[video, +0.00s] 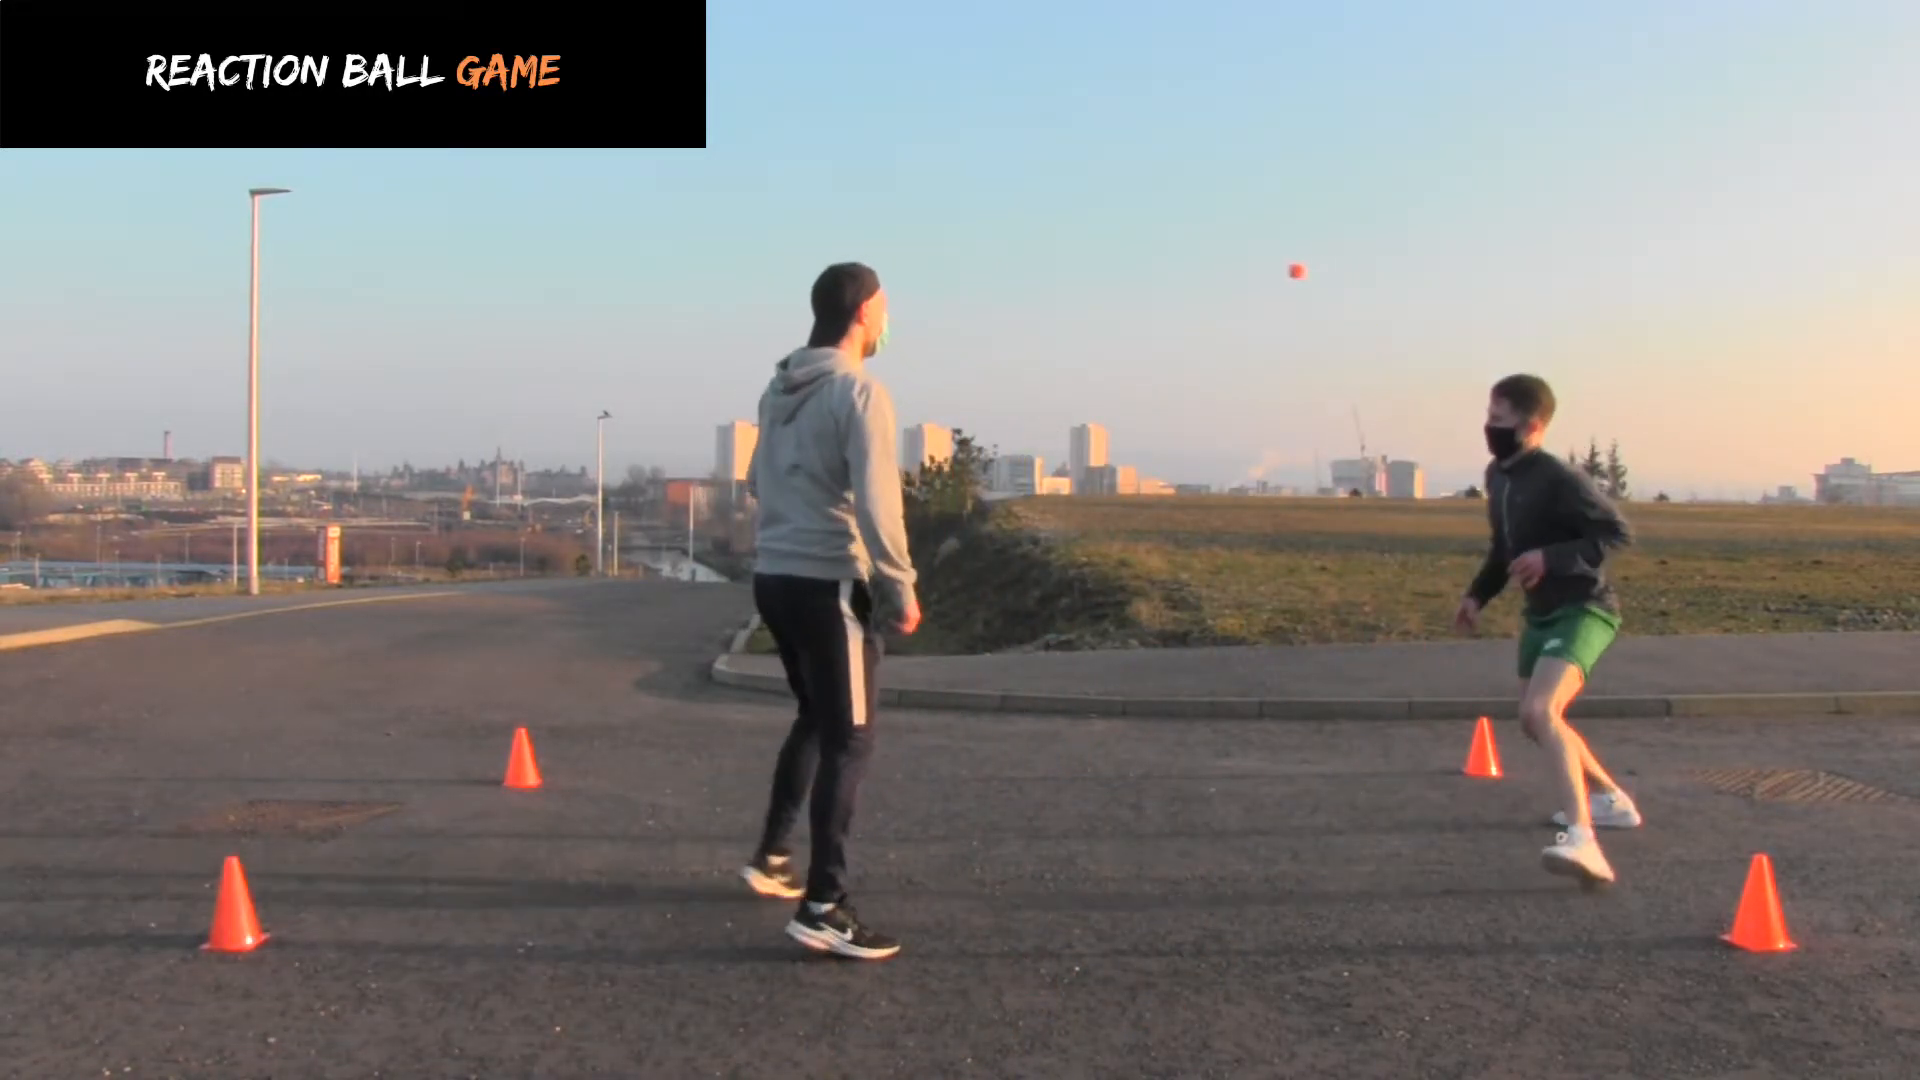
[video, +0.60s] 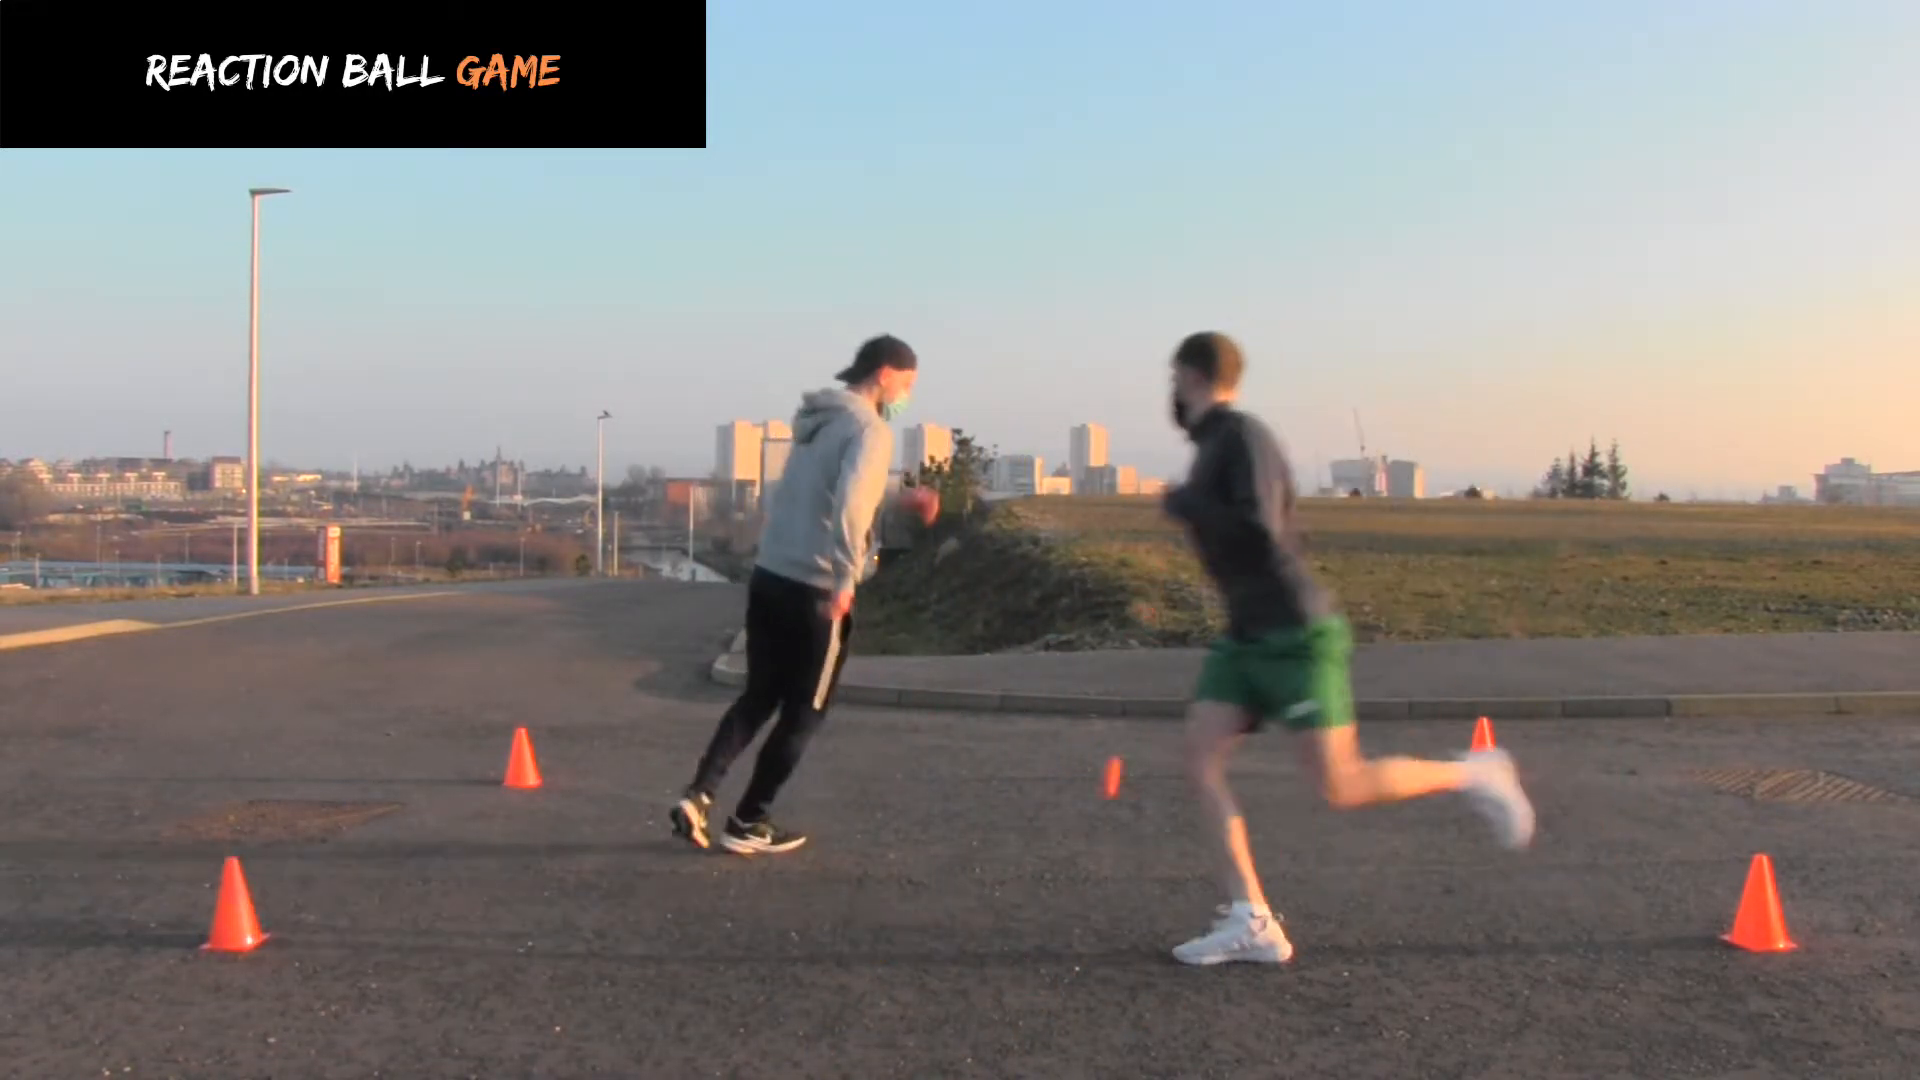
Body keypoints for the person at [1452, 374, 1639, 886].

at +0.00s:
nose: (1490, 429)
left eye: (1502, 422)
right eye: (1490, 419)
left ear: (1534, 426)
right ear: (1490, 416)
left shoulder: (1556, 476)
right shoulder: (1499, 478)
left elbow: (1616, 533)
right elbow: (1505, 547)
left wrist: (1551, 557)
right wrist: (1476, 596)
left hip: (1584, 609)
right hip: (1540, 614)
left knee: (1541, 711)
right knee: (1538, 717)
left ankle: (1582, 838)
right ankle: (1611, 797)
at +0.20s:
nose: (1434, 422)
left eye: (1443, 412)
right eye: (1433, 411)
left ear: (1479, 414)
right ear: (1446, 412)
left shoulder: (1517, 474)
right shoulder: (1443, 476)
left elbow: (1562, 555)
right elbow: (1464, 555)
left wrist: (1476, 562)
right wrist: (1455, 621)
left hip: (1546, 617)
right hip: (1491, 624)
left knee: (1522, 738)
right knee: (1509, 744)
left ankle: (1589, 860)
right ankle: (1588, 769)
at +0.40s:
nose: (1314, 376)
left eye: (1319, 364)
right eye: (1314, 364)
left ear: (1346, 365)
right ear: (1355, 365)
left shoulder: (1389, 420)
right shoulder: (1355, 427)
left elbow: (1394, 513)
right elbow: (1376, 506)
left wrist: (1325, 468)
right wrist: (1335, 471)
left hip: (1454, 602)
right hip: (1399, 603)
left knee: (1494, 736)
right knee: (1355, 720)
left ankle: (1579, 838)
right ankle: (1435, 846)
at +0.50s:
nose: (1258, 363)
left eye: (1262, 351)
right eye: (1258, 352)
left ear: (1286, 351)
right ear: (1300, 351)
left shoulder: (1326, 404)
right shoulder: (1300, 413)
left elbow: (1331, 500)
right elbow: (1318, 491)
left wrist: (1268, 457)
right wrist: (1278, 443)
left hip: (1398, 594)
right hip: (1342, 599)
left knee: (1450, 735)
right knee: (1309, 731)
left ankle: (1557, 808)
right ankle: (1324, 885)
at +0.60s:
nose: (1171, 390)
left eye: (1179, 378)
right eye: (1173, 379)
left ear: (1201, 381)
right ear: (1214, 381)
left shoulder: (1242, 436)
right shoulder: (1207, 449)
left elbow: (1257, 528)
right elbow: (1241, 535)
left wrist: (1184, 504)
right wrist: (1189, 511)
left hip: (1302, 634)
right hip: (1246, 639)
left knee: (1342, 784)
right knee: (1202, 762)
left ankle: (1481, 773)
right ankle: (1253, 919)